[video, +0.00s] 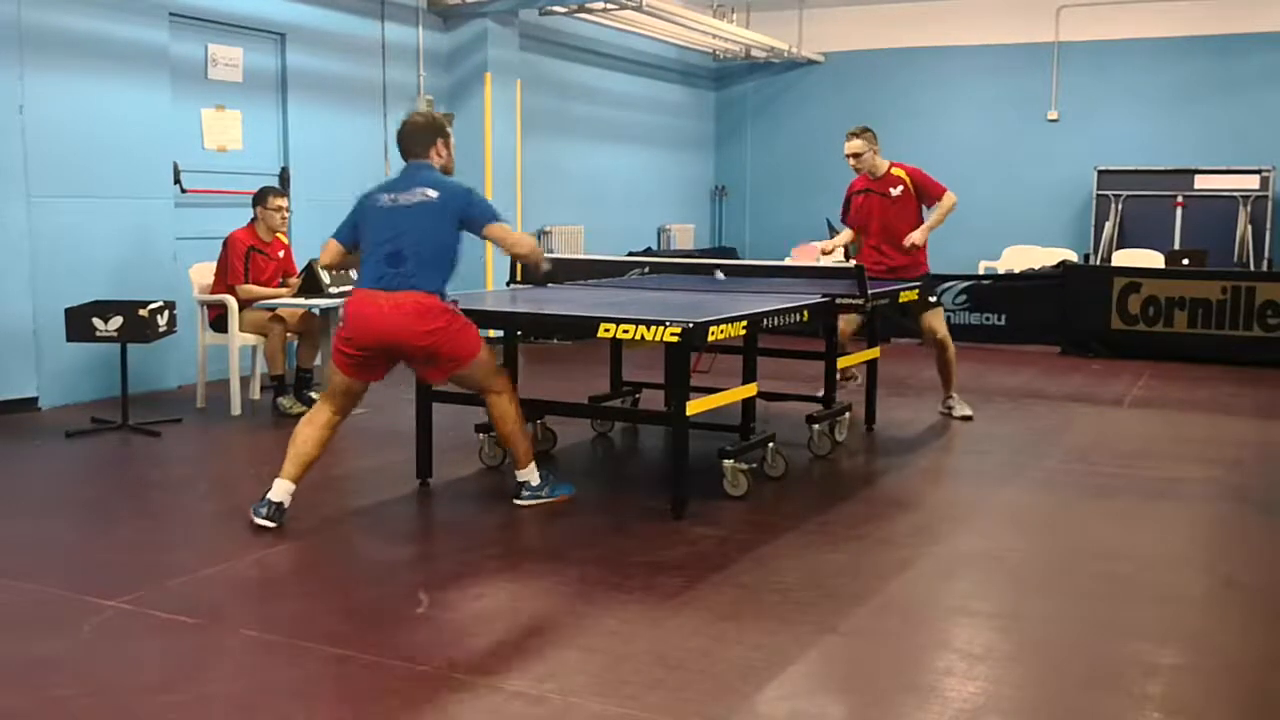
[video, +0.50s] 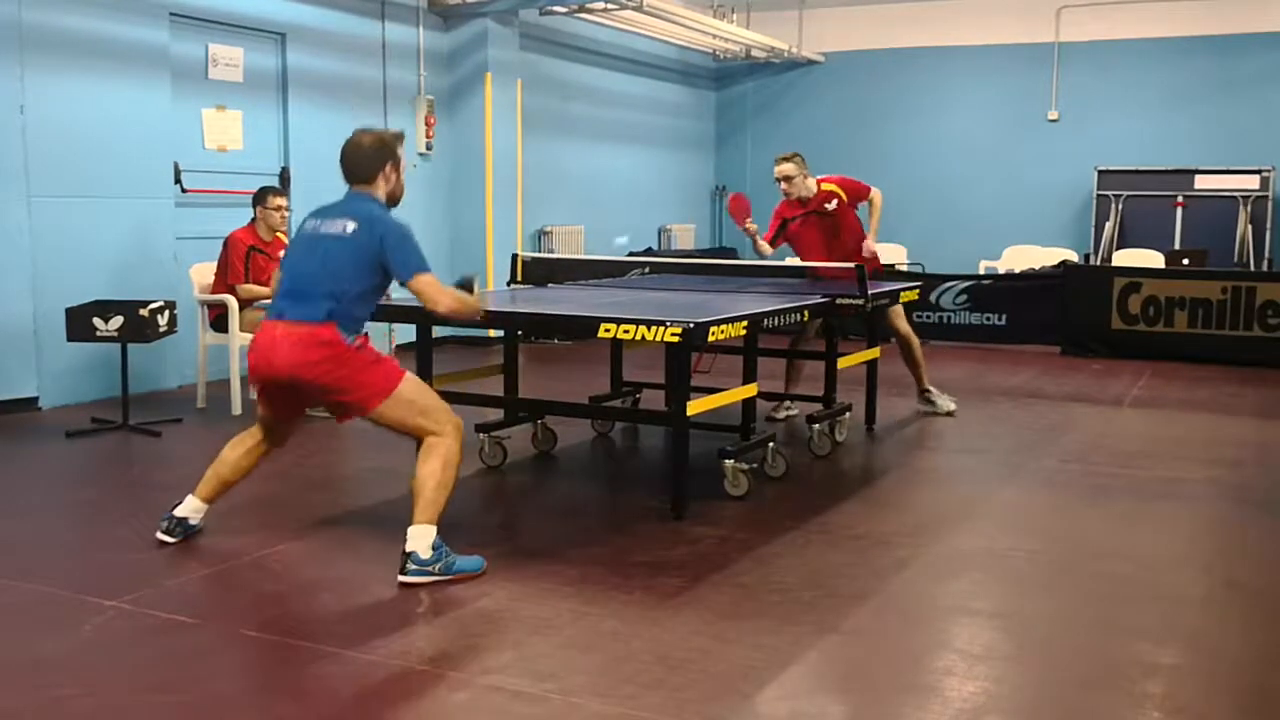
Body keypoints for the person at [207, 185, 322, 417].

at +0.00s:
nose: (285, 216)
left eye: (287, 210)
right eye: (278, 210)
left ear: (288, 212)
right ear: (259, 212)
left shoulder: (282, 242)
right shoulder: (237, 241)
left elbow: (291, 280)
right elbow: (242, 291)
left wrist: (311, 284)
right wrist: (288, 292)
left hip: (259, 308)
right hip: (226, 312)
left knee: (313, 322)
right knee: (276, 325)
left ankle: (303, 390)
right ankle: (281, 396)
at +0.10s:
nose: (286, 215)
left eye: (287, 210)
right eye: (279, 210)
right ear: (260, 212)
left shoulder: (281, 242)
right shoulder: (238, 240)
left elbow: (291, 281)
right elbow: (242, 291)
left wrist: (313, 280)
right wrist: (288, 292)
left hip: (260, 308)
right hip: (226, 312)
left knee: (312, 322)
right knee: (276, 325)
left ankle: (302, 394)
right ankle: (281, 397)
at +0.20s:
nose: (286, 216)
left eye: (287, 210)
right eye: (279, 210)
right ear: (261, 213)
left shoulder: (281, 241)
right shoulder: (238, 240)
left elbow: (290, 278)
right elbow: (241, 291)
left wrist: (304, 285)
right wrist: (287, 291)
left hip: (261, 307)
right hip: (226, 311)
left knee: (308, 320)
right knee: (276, 324)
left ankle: (312, 390)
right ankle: (280, 393)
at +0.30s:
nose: (285, 217)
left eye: (286, 210)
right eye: (279, 210)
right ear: (260, 213)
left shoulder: (281, 241)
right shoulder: (237, 241)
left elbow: (288, 279)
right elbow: (242, 291)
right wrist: (288, 292)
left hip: (258, 307)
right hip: (225, 311)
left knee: (299, 320)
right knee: (277, 325)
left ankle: (301, 388)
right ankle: (283, 395)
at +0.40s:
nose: (286, 215)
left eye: (287, 210)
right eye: (279, 210)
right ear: (261, 212)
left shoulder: (284, 242)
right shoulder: (238, 240)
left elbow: (289, 280)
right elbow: (242, 291)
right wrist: (283, 293)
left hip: (258, 308)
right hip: (225, 313)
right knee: (279, 323)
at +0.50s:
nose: (285, 215)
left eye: (287, 210)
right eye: (277, 210)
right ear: (260, 212)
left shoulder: (282, 242)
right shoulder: (238, 240)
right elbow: (242, 291)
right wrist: (278, 293)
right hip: (226, 313)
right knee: (281, 322)